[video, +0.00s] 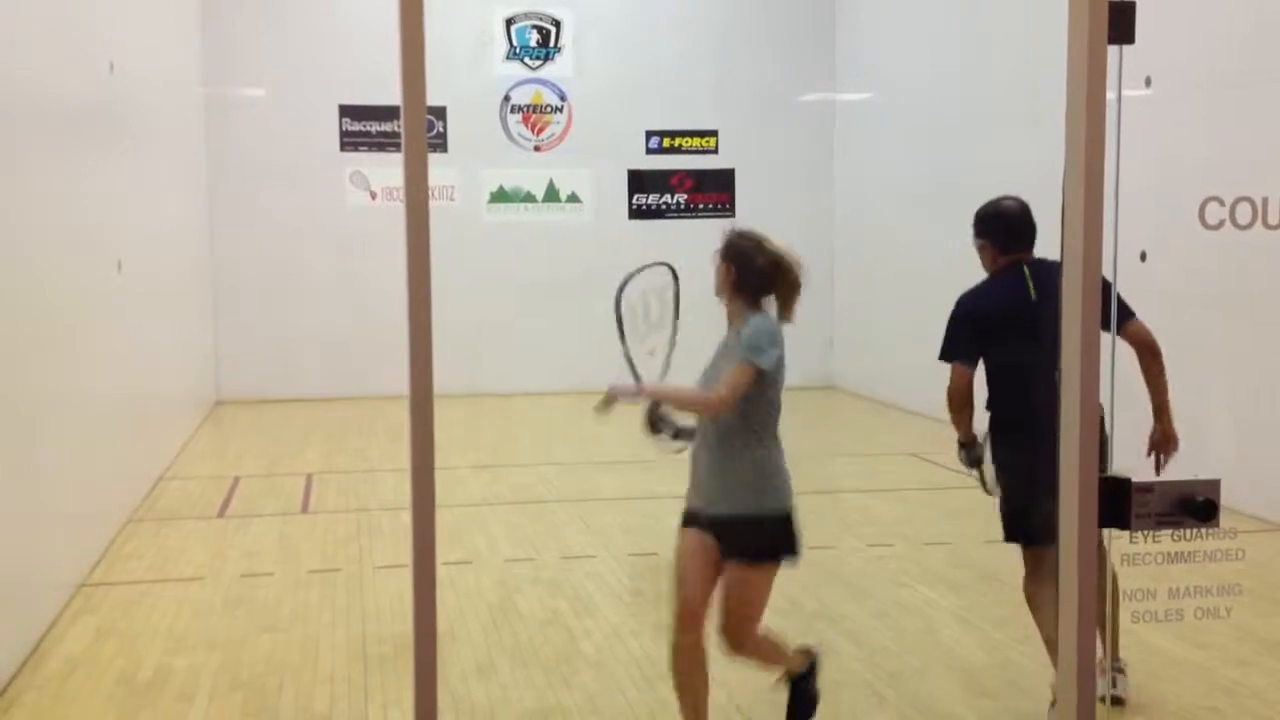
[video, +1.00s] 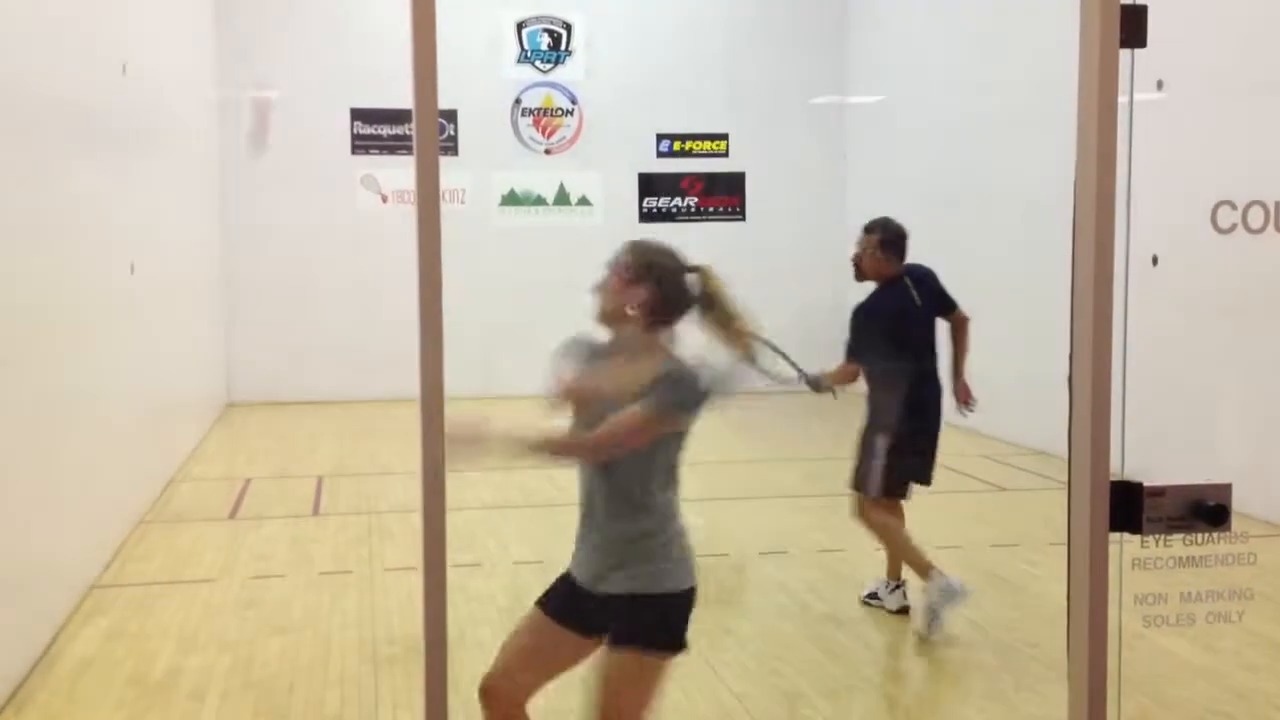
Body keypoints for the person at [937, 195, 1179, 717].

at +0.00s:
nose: (977, 253)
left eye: (978, 245)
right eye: (977, 245)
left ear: (987, 247)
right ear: (1032, 241)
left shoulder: (977, 303)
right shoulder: (1079, 279)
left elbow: (959, 388)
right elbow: (1145, 342)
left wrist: (966, 437)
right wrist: (1163, 419)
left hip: (1023, 451)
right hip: (1085, 444)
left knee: (1040, 565)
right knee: (1093, 549)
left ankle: (1069, 683)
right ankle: (1114, 666)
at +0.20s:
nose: (967, 251)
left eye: (971, 246)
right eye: (969, 244)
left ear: (988, 254)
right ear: (1019, 250)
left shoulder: (978, 312)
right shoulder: (1061, 288)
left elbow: (970, 397)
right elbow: (1118, 353)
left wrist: (952, 441)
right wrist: (1119, 420)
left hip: (1011, 448)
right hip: (1070, 441)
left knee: (997, 534)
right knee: (1082, 548)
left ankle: (1039, 623)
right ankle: (1103, 660)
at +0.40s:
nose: (935, 251)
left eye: (942, 247)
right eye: (939, 244)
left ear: (959, 258)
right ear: (982, 257)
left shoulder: (949, 314)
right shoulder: (1014, 286)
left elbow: (943, 397)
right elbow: (1049, 337)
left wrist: (917, 434)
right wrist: (1011, 357)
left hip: (969, 440)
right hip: (1027, 435)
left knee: (951, 527)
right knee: (1052, 538)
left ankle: (963, 623)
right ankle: (1099, 645)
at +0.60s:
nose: (901, 245)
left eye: (910, 242)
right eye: (907, 239)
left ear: (931, 255)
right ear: (943, 253)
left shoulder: (920, 309)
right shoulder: (977, 278)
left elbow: (910, 386)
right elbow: (1010, 327)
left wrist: (876, 419)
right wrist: (980, 362)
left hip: (942, 421)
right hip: (986, 411)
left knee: (933, 513)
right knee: (962, 501)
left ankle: (963, 620)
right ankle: (1018, 589)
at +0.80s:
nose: (877, 247)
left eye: (886, 242)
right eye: (881, 239)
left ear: (909, 254)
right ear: (913, 251)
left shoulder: (896, 308)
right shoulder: (944, 274)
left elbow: (882, 381)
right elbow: (985, 317)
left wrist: (849, 402)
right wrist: (983, 377)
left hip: (923, 418)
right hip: (954, 408)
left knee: (934, 511)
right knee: (925, 501)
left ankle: (968, 618)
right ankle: (907, 584)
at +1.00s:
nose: (855, 255)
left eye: (863, 249)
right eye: (859, 247)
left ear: (885, 256)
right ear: (891, 255)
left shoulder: (869, 311)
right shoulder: (920, 278)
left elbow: (851, 369)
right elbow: (959, 320)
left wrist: (822, 379)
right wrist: (959, 377)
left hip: (890, 418)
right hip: (921, 412)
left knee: (869, 508)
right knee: (890, 501)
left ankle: (938, 583)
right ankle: (894, 588)